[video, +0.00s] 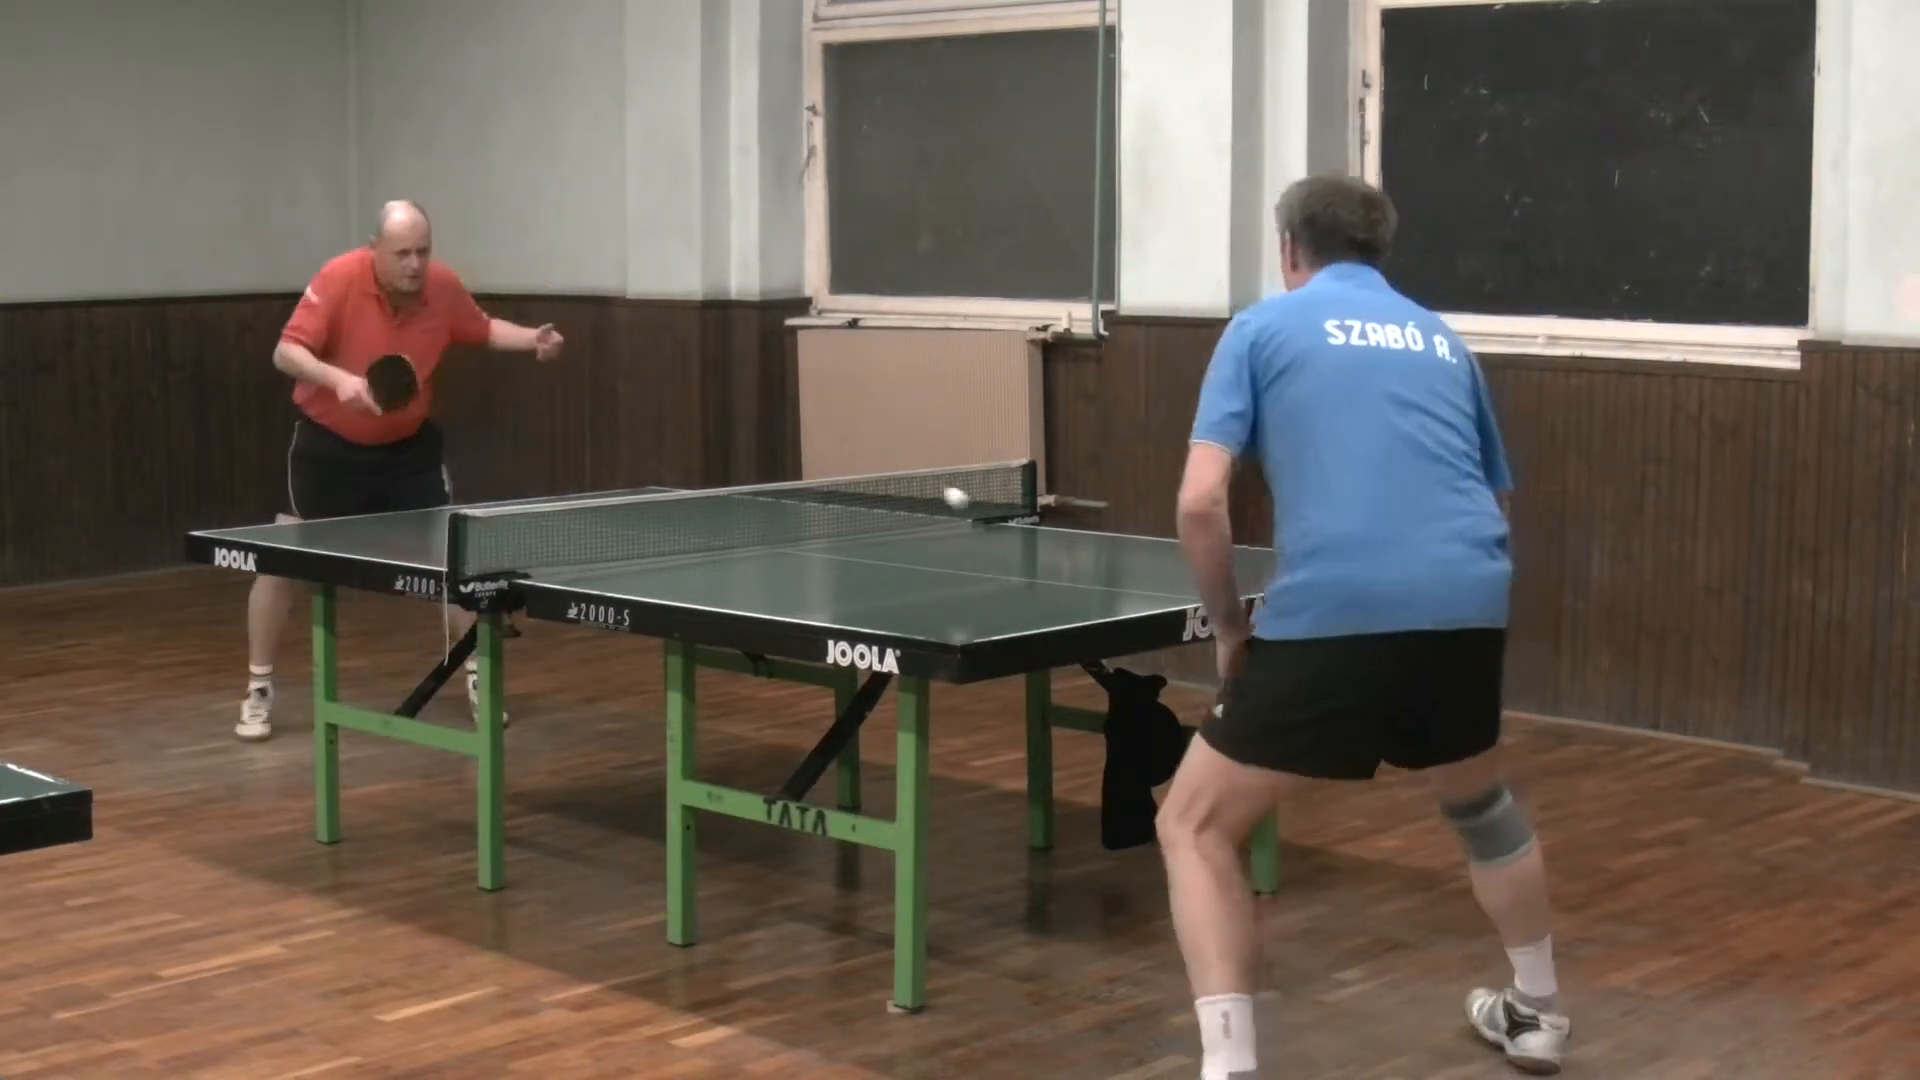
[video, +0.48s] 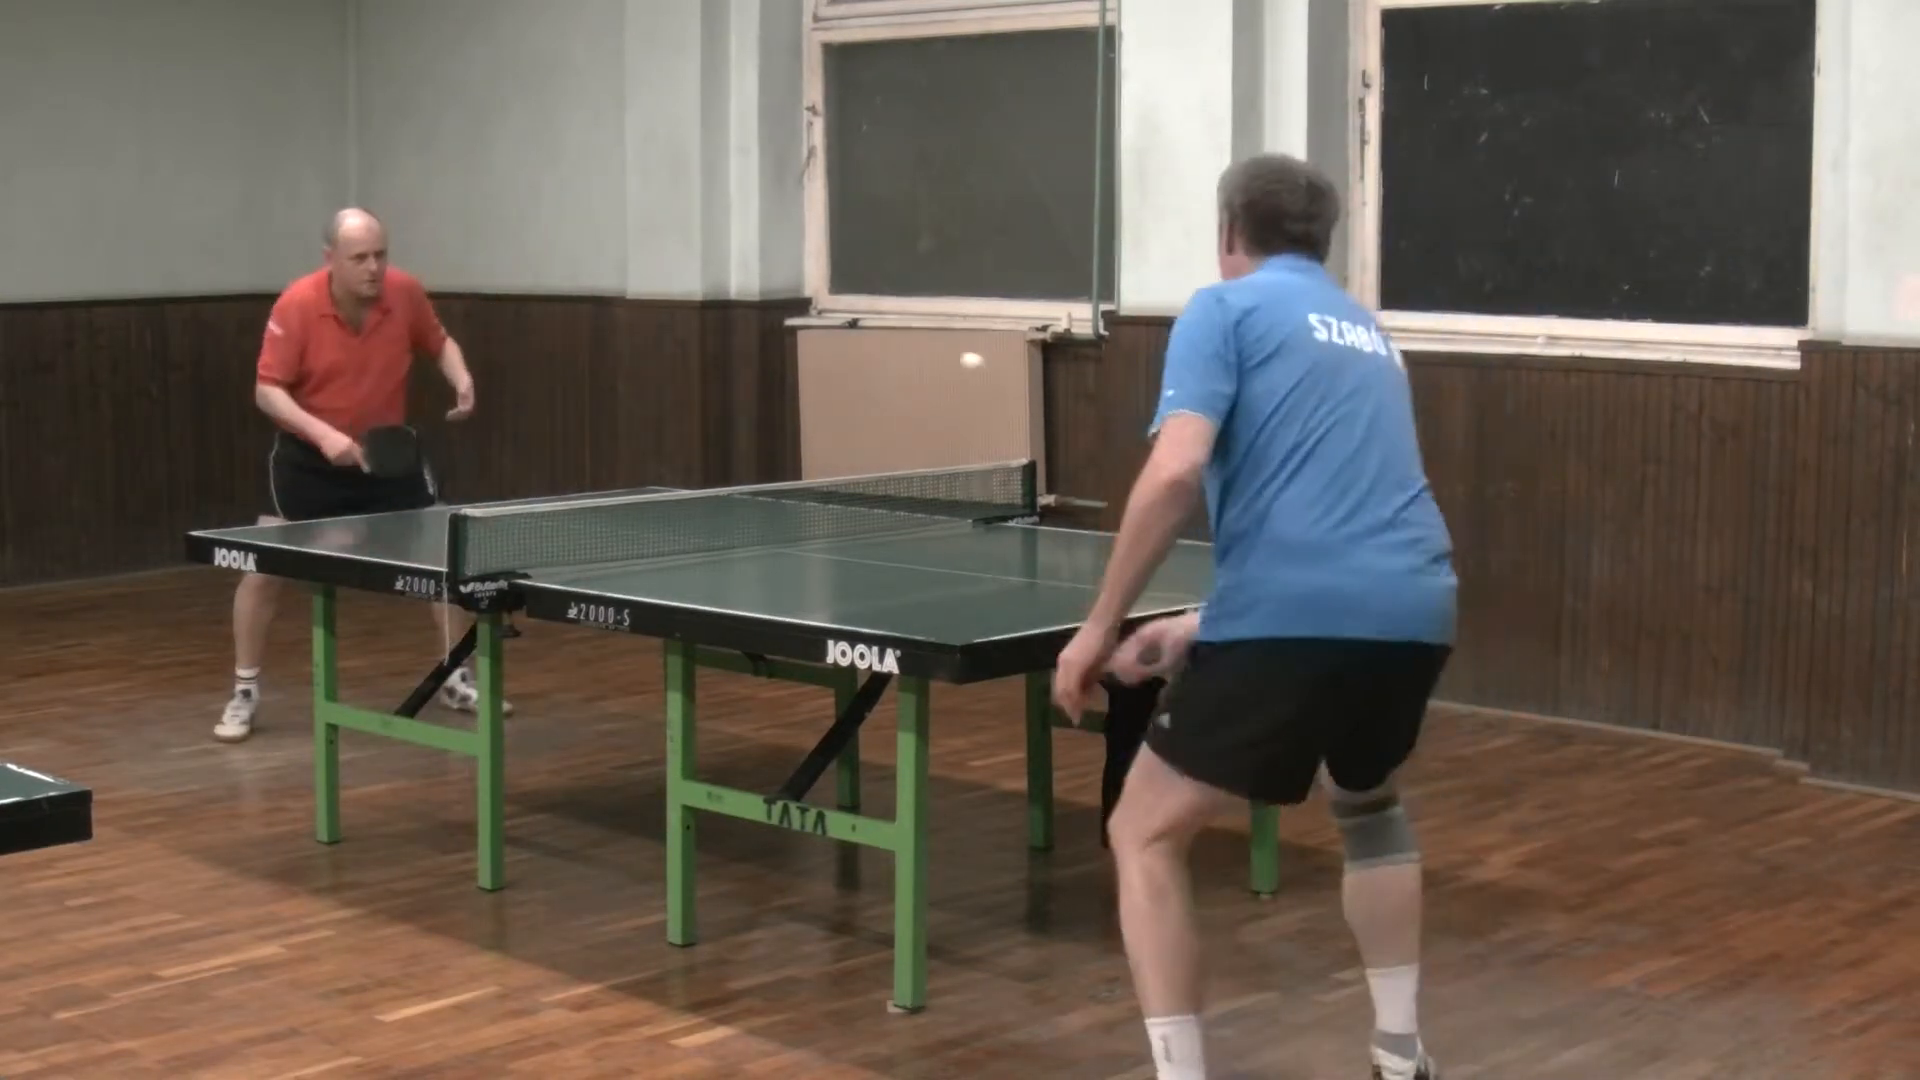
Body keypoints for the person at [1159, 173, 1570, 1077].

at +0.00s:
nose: (1274, 270)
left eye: (1276, 256)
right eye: (1279, 257)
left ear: (1294, 255)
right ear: (1381, 255)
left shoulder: (1262, 327)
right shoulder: (1444, 338)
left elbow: (1202, 502)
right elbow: (1496, 508)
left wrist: (1227, 623)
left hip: (1331, 618)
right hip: (1467, 618)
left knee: (1195, 823)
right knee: (1482, 802)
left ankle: (1229, 1060)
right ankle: (1540, 1009)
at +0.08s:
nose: (1257, 277)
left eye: (1259, 265)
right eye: (1265, 266)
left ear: (1273, 265)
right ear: (1360, 268)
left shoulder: (1233, 336)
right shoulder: (1418, 352)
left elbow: (1168, 508)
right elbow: (1468, 511)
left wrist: (1198, 630)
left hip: (1300, 639)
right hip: (1438, 636)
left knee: (1187, 845)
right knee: (1469, 817)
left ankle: (1194, 1064)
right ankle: (1535, 1011)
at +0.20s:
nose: (1224, 283)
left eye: (1226, 272)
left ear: (1239, 272)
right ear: (1326, 281)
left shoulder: (1197, 339)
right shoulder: (1379, 367)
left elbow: (1131, 510)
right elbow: (1387, 522)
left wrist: (1151, 641)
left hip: (1267, 644)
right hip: (1405, 639)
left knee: (1146, 845)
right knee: (1423, 801)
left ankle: (1179, 1067)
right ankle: (1519, 1014)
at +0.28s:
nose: (1214, 290)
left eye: (1215, 279)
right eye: (1219, 281)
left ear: (1230, 279)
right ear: (1315, 286)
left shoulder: (1196, 338)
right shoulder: (1363, 372)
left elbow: (1127, 504)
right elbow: (1352, 527)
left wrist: (1120, 647)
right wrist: (1215, 653)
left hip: (1258, 648)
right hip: (1399, 644)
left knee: (1133, 847)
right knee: (1407, 786)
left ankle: (1176, 1067)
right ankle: (1468, 1013)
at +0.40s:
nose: (1215, 280)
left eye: (1216, 267)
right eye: (1222, 269)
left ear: (1230, 267)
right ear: (1313, 274)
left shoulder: (1209, 334)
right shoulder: (1360, 359)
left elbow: (1149, 491)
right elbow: (1321, 561)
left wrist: (1096, 640)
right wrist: (1158, 613)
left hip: (1267, 640)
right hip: (1398, 643)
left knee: (1132, 842)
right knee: (1380, 813)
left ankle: (1176, 1068)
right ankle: (1401, 1052)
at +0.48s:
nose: (1218, 252)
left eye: (1218, 238)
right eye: (1224, 239)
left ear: (1233, 238)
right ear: (1318, 242)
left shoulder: (1221, 310)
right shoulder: (1365, 327)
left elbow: (1176, 473)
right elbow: (1331, 529)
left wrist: (1101, 623)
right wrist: (1192, 631)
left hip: (1285, 618)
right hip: (1415, 620)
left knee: (1143, 834)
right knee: (1369, 800)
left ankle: (1179, 1068)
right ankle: (1401, 1049)